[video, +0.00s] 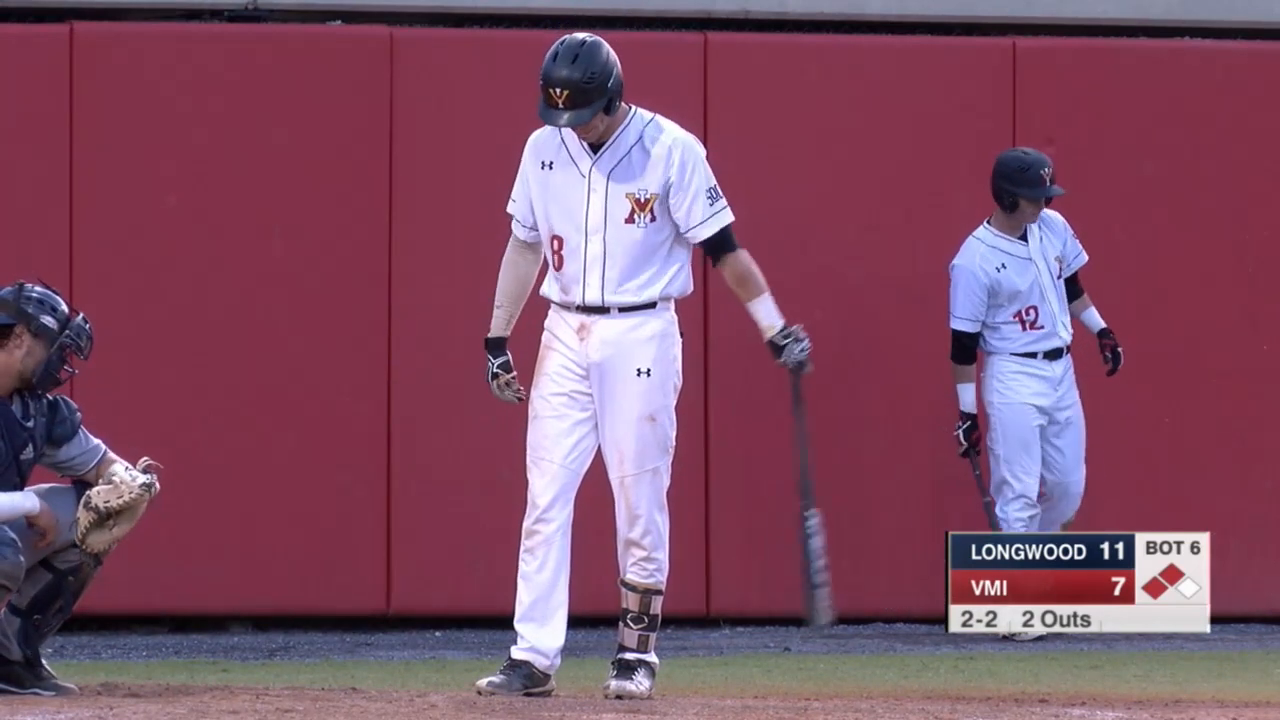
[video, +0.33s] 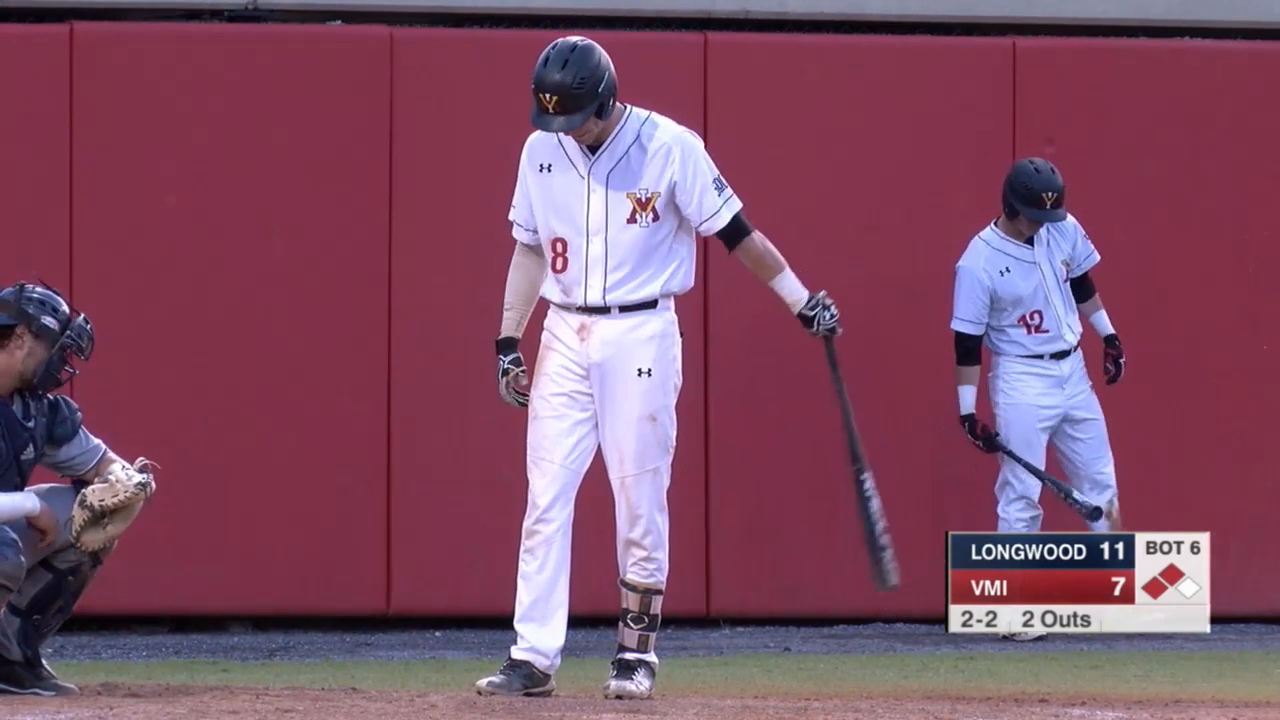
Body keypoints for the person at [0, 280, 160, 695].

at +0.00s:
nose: (62, 360)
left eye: (65, 350)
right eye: (56, 347)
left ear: (23, 340)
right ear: (19, 339)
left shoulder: (41, 411)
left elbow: (98, 461)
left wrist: (131, 481)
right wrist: (27, 503)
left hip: (9, 522)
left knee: (94, 511)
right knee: (7, 550)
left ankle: (15, 652)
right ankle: (6, 658)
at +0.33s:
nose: (62, 360)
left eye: (65, 350)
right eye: (56, 347)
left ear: (24, 341)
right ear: (20, 339)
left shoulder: (40, 409)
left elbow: (98, 461)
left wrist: (128, 478)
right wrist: (26, 504)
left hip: (10, 522)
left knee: (95, 512)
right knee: (7, 550)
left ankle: (15, 651)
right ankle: (7, 656)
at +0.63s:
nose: (62, 361)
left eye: (65, 350)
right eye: (56, 347)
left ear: (23, 341)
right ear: (20, 340)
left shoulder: (41, 409)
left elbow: (99, 461)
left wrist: (128, 479)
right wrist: (27, 504)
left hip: (10, 522)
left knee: (95, 510)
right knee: (7, 549)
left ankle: (15, 651)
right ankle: (7, 655)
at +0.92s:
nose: (62, 361)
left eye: (64, 350)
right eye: (56, 347)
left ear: (23, 341)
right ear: (20, 339)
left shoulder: (40, 409)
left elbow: (99, 461)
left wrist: (128, 480)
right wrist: (26, 504)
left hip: (10, 522)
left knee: (95, 512)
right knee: (7, 549)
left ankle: (14, 651)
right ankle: (7, 655)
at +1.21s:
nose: (61, 361)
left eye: (63, 351)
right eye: (54, 348)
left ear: (21, 340)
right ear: (17, 339)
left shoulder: (40, 410)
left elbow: (98, 461)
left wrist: (128, 480)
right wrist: (26, 504)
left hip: (10, 521)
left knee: (99, 510)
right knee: (7, 549)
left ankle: (15, 650)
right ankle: (6, 655)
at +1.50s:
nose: (53, 342)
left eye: (55, 333)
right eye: (42, 331)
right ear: (5, 334)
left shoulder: (40, 407)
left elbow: (98, 461)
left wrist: (128, 482)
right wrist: (29, 505)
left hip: (10, 521)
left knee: (95, 512)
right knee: (8, 548)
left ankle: (15, 651)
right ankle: (7, 655)